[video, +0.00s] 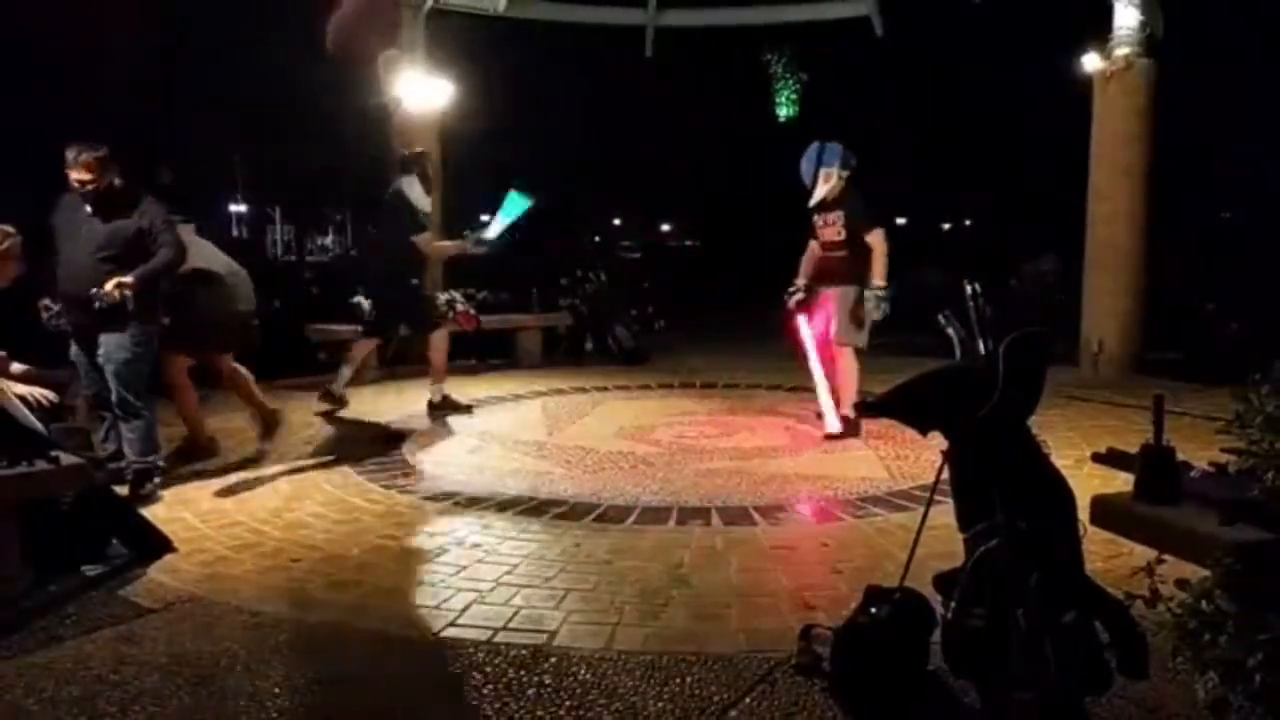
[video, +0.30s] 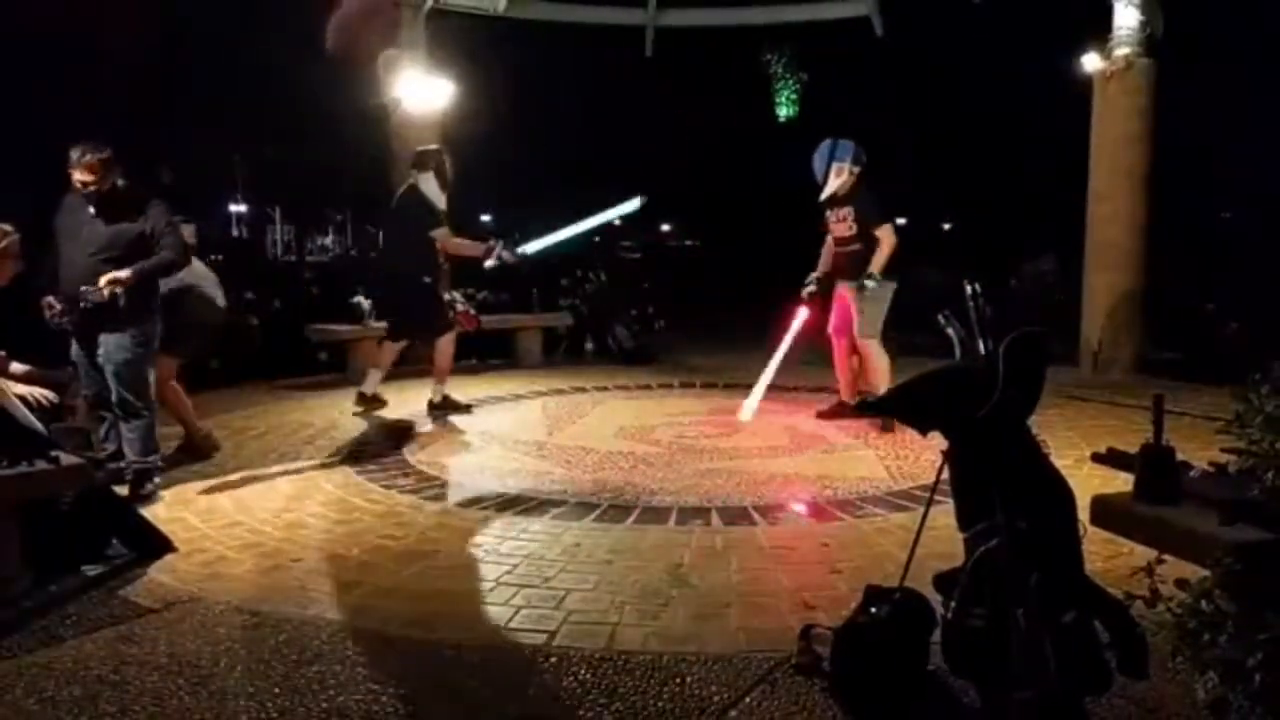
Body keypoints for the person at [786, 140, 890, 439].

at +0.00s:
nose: (822, 180)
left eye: (828, 173)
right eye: (818, 174)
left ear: (840, 172)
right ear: (813, 174)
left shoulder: (855, 203)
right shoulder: (817, 206)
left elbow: (879, 244)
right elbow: (814, 248)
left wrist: (877, 288)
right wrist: (801, 282)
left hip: (849, 287)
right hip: (823, 289)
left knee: (844, 347)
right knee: (827, 349)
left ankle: (848, 413)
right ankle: (838, 409)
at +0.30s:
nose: (836, 177)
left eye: (842, 171)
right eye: (833, 170)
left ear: (854, 172)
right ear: (826, 170)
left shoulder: (865, 199)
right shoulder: (830, 203)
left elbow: (888, 238)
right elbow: (831, 242)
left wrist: (872, 274)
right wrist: (818, 275)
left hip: (866, 280)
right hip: (842, 281)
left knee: (867, 338)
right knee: (840, 335)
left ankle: (884, 400)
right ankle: (847, 397)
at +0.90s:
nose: (839, 184)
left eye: (842, 178)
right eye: (839, 178)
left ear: (855, 174)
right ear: (852, 174)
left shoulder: (875, 201)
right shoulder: (855, 199)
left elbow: (857, 247)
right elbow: (854, 238)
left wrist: (833, 231)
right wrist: (842, 227)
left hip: (889, 288)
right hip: (856, 286)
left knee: (903, 347)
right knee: (836, 340)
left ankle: (928, 400)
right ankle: (832, 404)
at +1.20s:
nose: (814, 183)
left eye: (817, 176)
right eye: (814, 176)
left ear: (828, 173)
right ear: (825, 174)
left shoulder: (848, 199)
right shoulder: (826, 204)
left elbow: (862, 242)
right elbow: (827, 249)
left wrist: (830, 263)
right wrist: (812, 275)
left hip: (864, 289)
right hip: (836, 287)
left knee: (850, 349)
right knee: (821, 343)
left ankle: (897, 398)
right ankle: (829, 404)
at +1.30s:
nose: (810, 176)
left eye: (814, 169)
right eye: (808, 170)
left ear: (828, 168)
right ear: (808, 170)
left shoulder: (844, 195)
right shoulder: (814, 203)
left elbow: (863, 239)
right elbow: (805, 246)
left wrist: (826, 259)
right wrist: (767, 261)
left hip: (858, 280)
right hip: (835, 280)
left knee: (839, 344)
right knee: (826, 343)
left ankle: (855, 413)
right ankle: (830, 403)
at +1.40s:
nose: (807, 182)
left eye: (812, 175)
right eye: (805, 176)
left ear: (825, 173)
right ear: (804, 175)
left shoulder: (843, 201)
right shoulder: (809, 207)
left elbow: (861, 246)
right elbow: (784, 244)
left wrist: (822, 265)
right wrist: (741, 243)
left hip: (854, 284)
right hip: (832, 285)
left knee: (832, 350)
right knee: (821, 347)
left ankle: (844, 426)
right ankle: (829, 404)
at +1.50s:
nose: (803, 186)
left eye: (808, 179)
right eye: (802, 180)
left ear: (821, 178)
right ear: (802, 179)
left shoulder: (841, 206)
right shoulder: (806, 211)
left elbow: (857, 253)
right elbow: (771, 236)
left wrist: (819, 277)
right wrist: (732, 227)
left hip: (853, 287)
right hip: (832, 288)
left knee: (823, 352)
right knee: (814, 350)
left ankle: (843, 427)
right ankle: (831, 404)